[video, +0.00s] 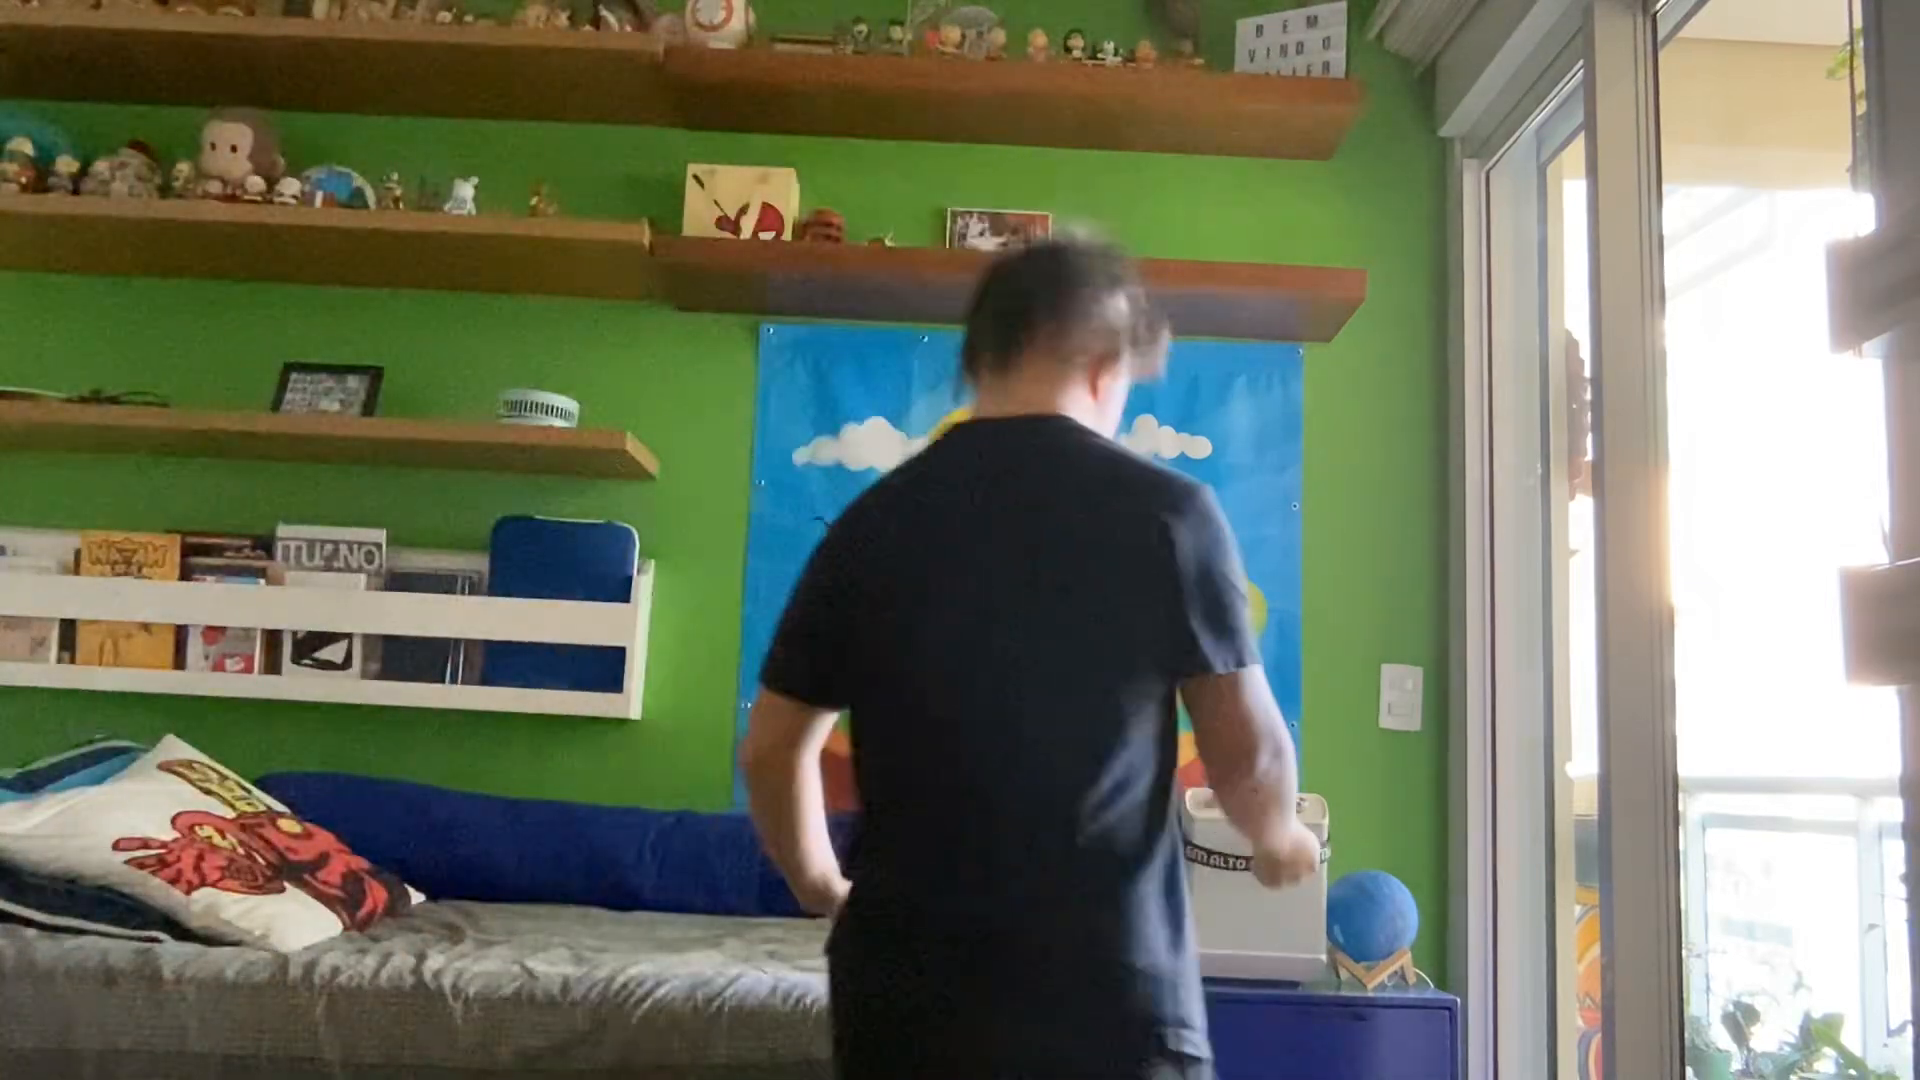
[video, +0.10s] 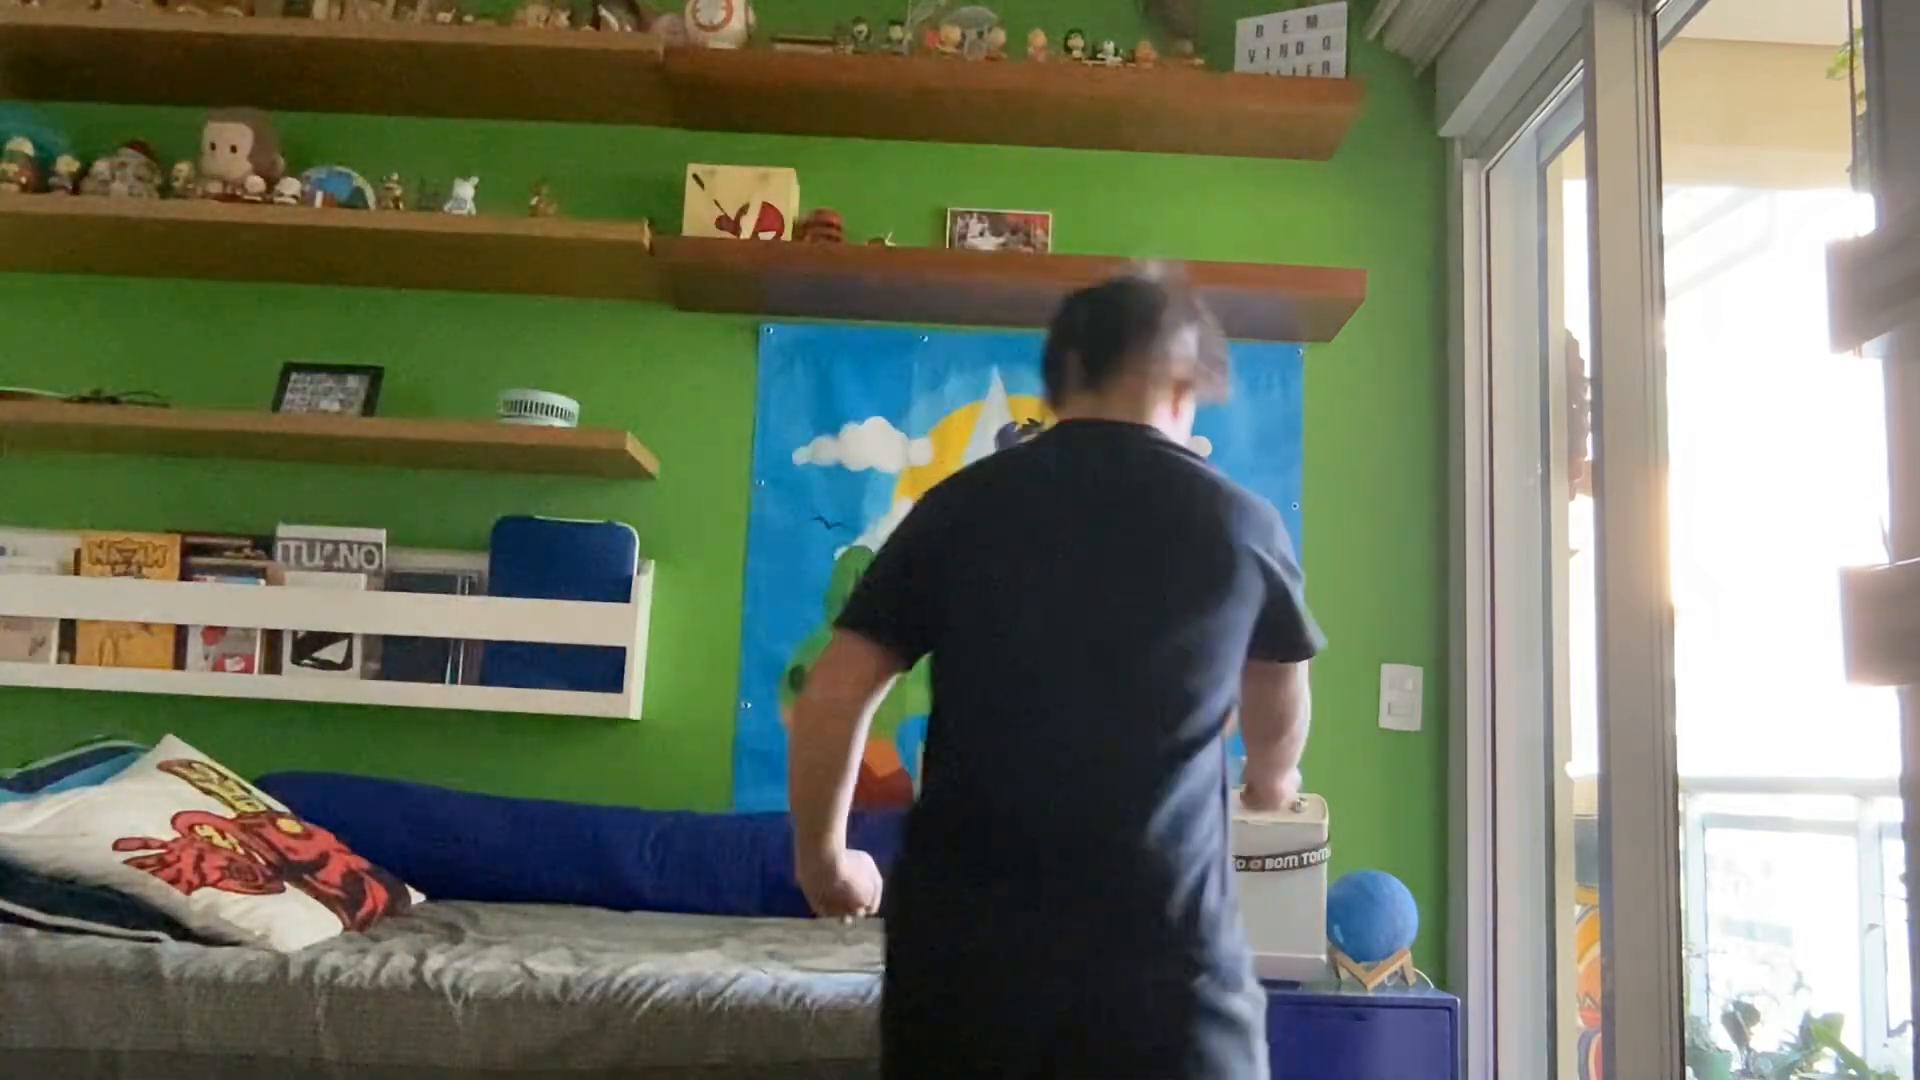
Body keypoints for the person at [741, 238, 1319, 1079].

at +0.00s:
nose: (1121, 416)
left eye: (1126, 394)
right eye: (1127, 391)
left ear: (977, 364)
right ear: (1102, 375)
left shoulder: (873, 520)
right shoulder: (1163, 513)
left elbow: (773, 750)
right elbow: (1247, 753)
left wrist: (820, 885)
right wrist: (1281, 843)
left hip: (903, 985)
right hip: (1100, 983)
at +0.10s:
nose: (1195, 423)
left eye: (1196, 406)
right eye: (1196, 405)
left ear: (1057, 385)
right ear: (1182, 392)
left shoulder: (961, 503)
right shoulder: (1238, 521)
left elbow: (832, 695)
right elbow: (1278, 714)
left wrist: (821, 857)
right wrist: (1269, 784)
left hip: (961, 943)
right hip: (1160, 945)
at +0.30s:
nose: (1267, 453)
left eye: (1268, 442)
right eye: (1269, 440)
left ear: (1135, 437)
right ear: (1258, 441)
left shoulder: (1093, 521)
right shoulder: (1296, 567)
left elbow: (954, 649)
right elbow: (1291, 737)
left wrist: (821, 817)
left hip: (1097, 943)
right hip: (1276, 955)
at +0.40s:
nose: (1275, 463)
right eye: (1275, 454)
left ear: (1144, 445)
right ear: (1264, 453)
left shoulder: (1121, 513)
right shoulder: (1308, 565)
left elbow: (1015, 622)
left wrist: (870, 788)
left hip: (1143, 933)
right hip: (1314, 948)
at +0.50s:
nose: (1286, 474)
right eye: (1287, 464)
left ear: (1152, 453)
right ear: (1274, 460)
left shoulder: (1156, 507)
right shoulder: (1318, 561)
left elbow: (1087, 602)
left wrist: (945, 771)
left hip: (1204, 920)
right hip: (1362, 939)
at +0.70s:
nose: (1166, 497)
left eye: (1164, 481)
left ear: (1174, 462)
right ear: (1295, 468)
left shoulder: (1204, 510)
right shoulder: (1347, 571)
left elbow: (1181, 607)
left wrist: (1070, 789)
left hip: (1287, 926)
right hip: (1419, 938)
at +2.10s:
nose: (1057, 504)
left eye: (1051, 474)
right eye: (1045, 480)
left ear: (1115, 442)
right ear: (1184, 442)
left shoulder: (1159, 509)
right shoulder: (1272, 550)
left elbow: (1193, 628)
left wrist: (1155, 824)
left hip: (1235, 932)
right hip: (1346, 945)